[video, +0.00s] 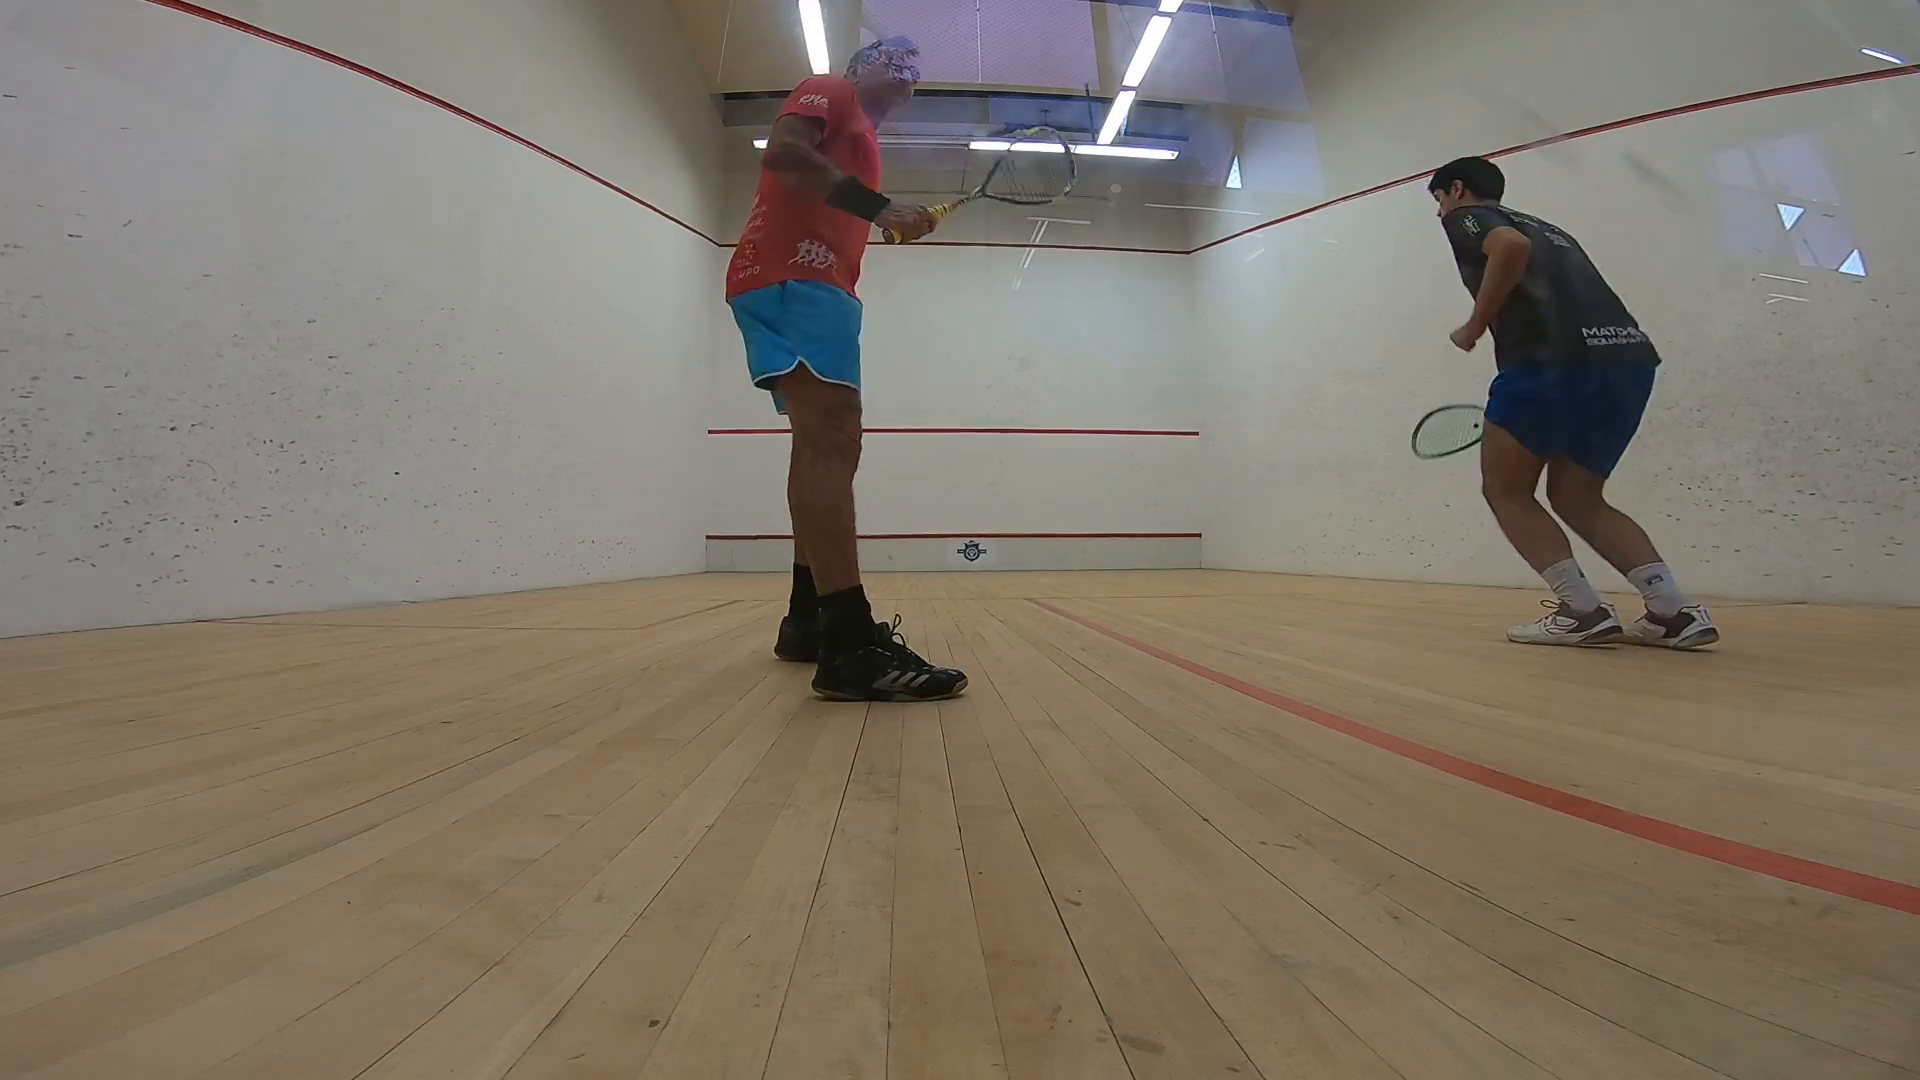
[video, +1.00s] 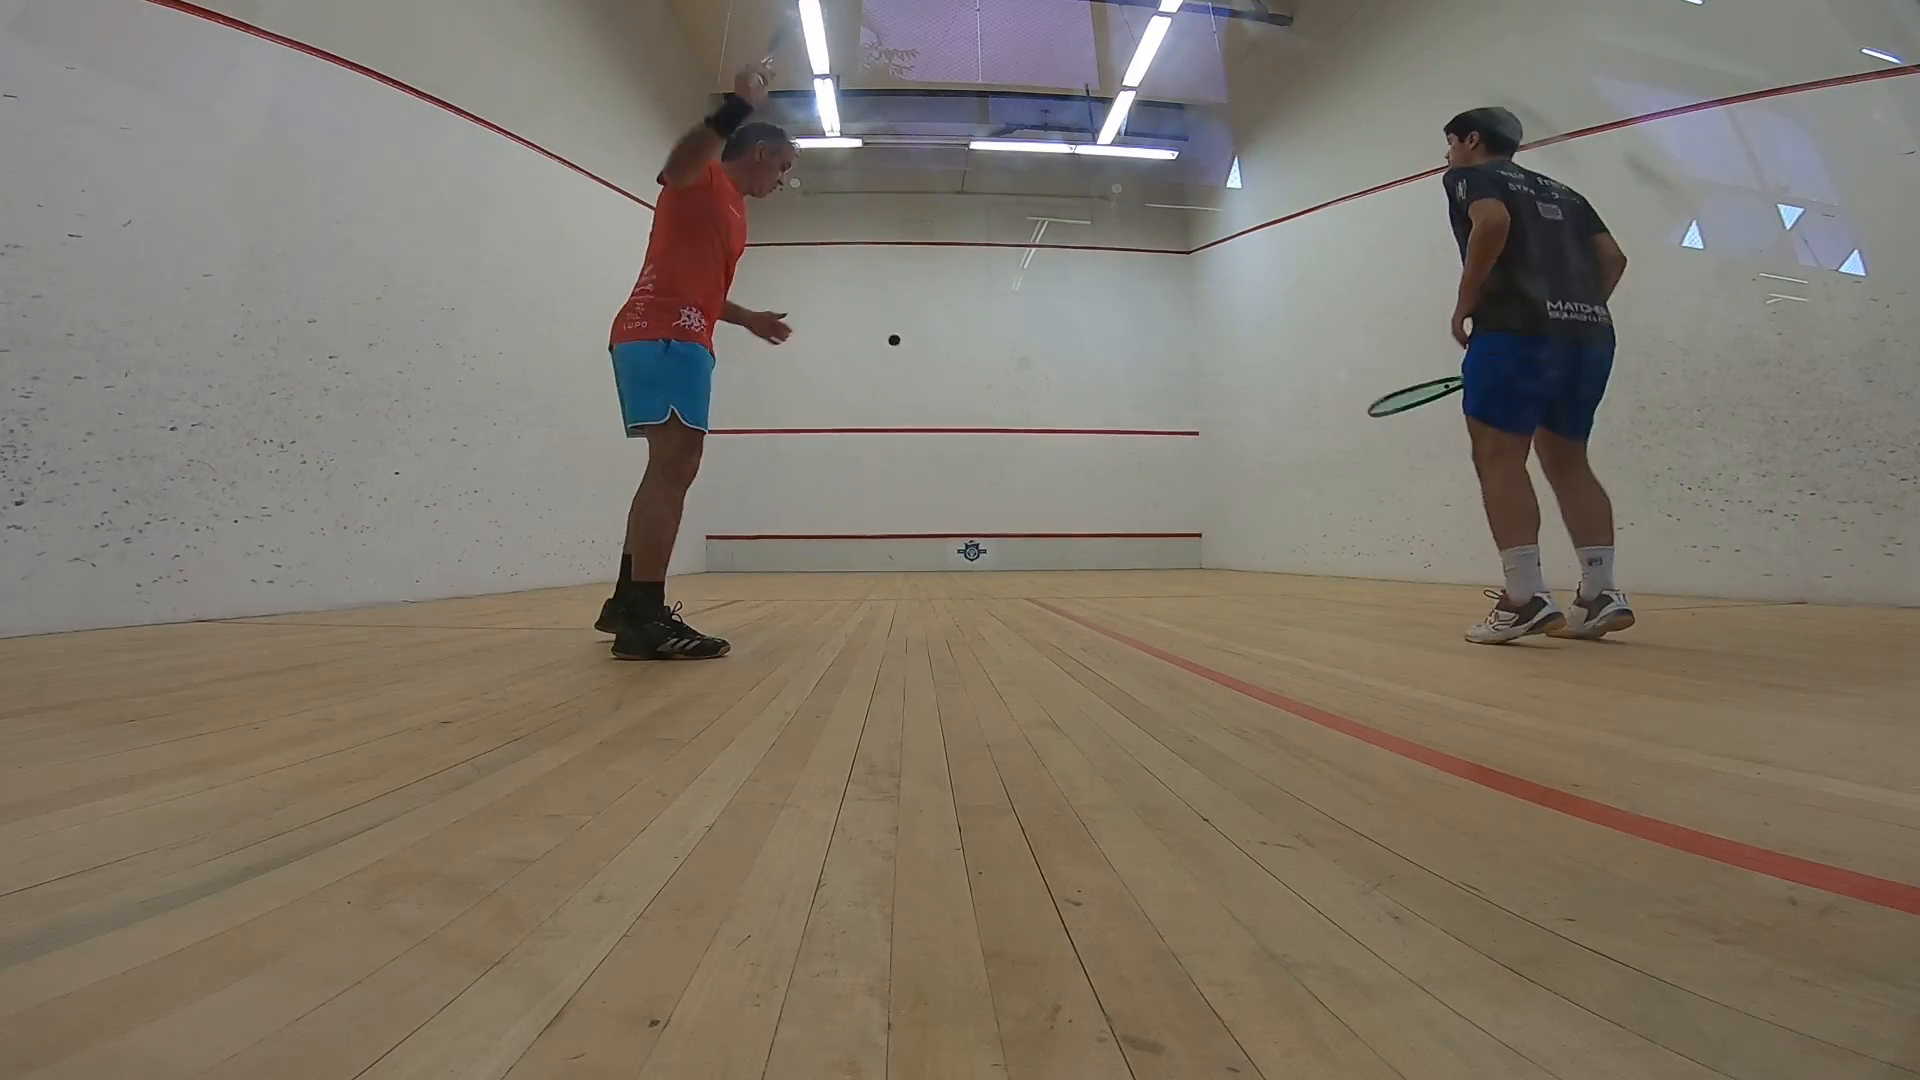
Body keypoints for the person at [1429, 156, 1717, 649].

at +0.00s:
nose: (1438, 209)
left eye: (1439, 198)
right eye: (1436, 201)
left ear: (1458, 190)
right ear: (1493, 191)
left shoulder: (1465, 216)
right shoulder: (1540, 227)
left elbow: (1509, 243)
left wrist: (1475, 324)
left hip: (1552, 359)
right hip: (1628, 355)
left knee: (1506, 489)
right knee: (1575, 495)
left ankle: (1582, 609)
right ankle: (1672, 610)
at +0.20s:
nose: (1437, 152)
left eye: (1437, 142)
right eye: (1436, 144)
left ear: (1453, 134)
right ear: (1489, 138)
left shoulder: (1451, 157)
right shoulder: (1543, 177)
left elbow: (1481, 181)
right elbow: (1610, 238)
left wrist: (1453, 250)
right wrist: (1581, 292)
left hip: (1522, 315)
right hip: (1596, 311)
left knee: (1521, 445)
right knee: (1580, 440)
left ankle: (1561, 583)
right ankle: (1637, 566)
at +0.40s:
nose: (1439, 169)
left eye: (1442, 160)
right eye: (1440, 161)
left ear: (1463, 158)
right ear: (1496, 161)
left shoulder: (1456, 189)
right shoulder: (1547, 199)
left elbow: (1483, 235)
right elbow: (1610, 263)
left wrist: (1459, 300)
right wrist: (1583, 323)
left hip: (1522, 335)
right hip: (1594, 336)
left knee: (1495, 466)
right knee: (1558, 463)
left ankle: (1531, 594)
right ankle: (1595, 597)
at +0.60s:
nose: (1442, 157)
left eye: (1445, 147)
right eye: (1442, 148)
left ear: (1467, 143)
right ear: (1501, 149)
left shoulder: (1457, 175)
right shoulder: (1554, 193)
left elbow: (1481, 213)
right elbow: (1608, 257)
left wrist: (1457, 287)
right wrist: (1574, 313)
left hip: (1505, 335)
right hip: (1578, 337)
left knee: (1494, 459)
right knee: (1562, 460)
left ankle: (1529, 593)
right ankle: (1588, 593)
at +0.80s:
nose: (1446, 148)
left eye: (1450, 138)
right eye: (1447, 139)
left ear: (1474, 133)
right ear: (1503, 141)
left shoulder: (1462, 170)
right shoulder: (1554, 185)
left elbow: (1484, 219)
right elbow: (1610, 254)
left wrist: (1443, 294)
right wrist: (1579, 303)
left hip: (1507, 318)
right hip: (1581, 320)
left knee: (1492, 451)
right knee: (1553, 451)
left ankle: (1520, 589)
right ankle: (1595, 582)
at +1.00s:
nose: (1448, 154)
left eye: (1451, 144)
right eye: (1449, 145)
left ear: (1472, 141)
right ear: (1508, 147)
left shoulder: (1467, 174)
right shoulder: (1561, 191)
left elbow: (1492, 219)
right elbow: (1611, 257)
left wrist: (1464, 303)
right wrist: (1574, 317)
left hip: (1517, 330)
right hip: (1590, 336)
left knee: (1499, 458)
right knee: (1566, 457)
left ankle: (1524, 596)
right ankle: (1601, 594)